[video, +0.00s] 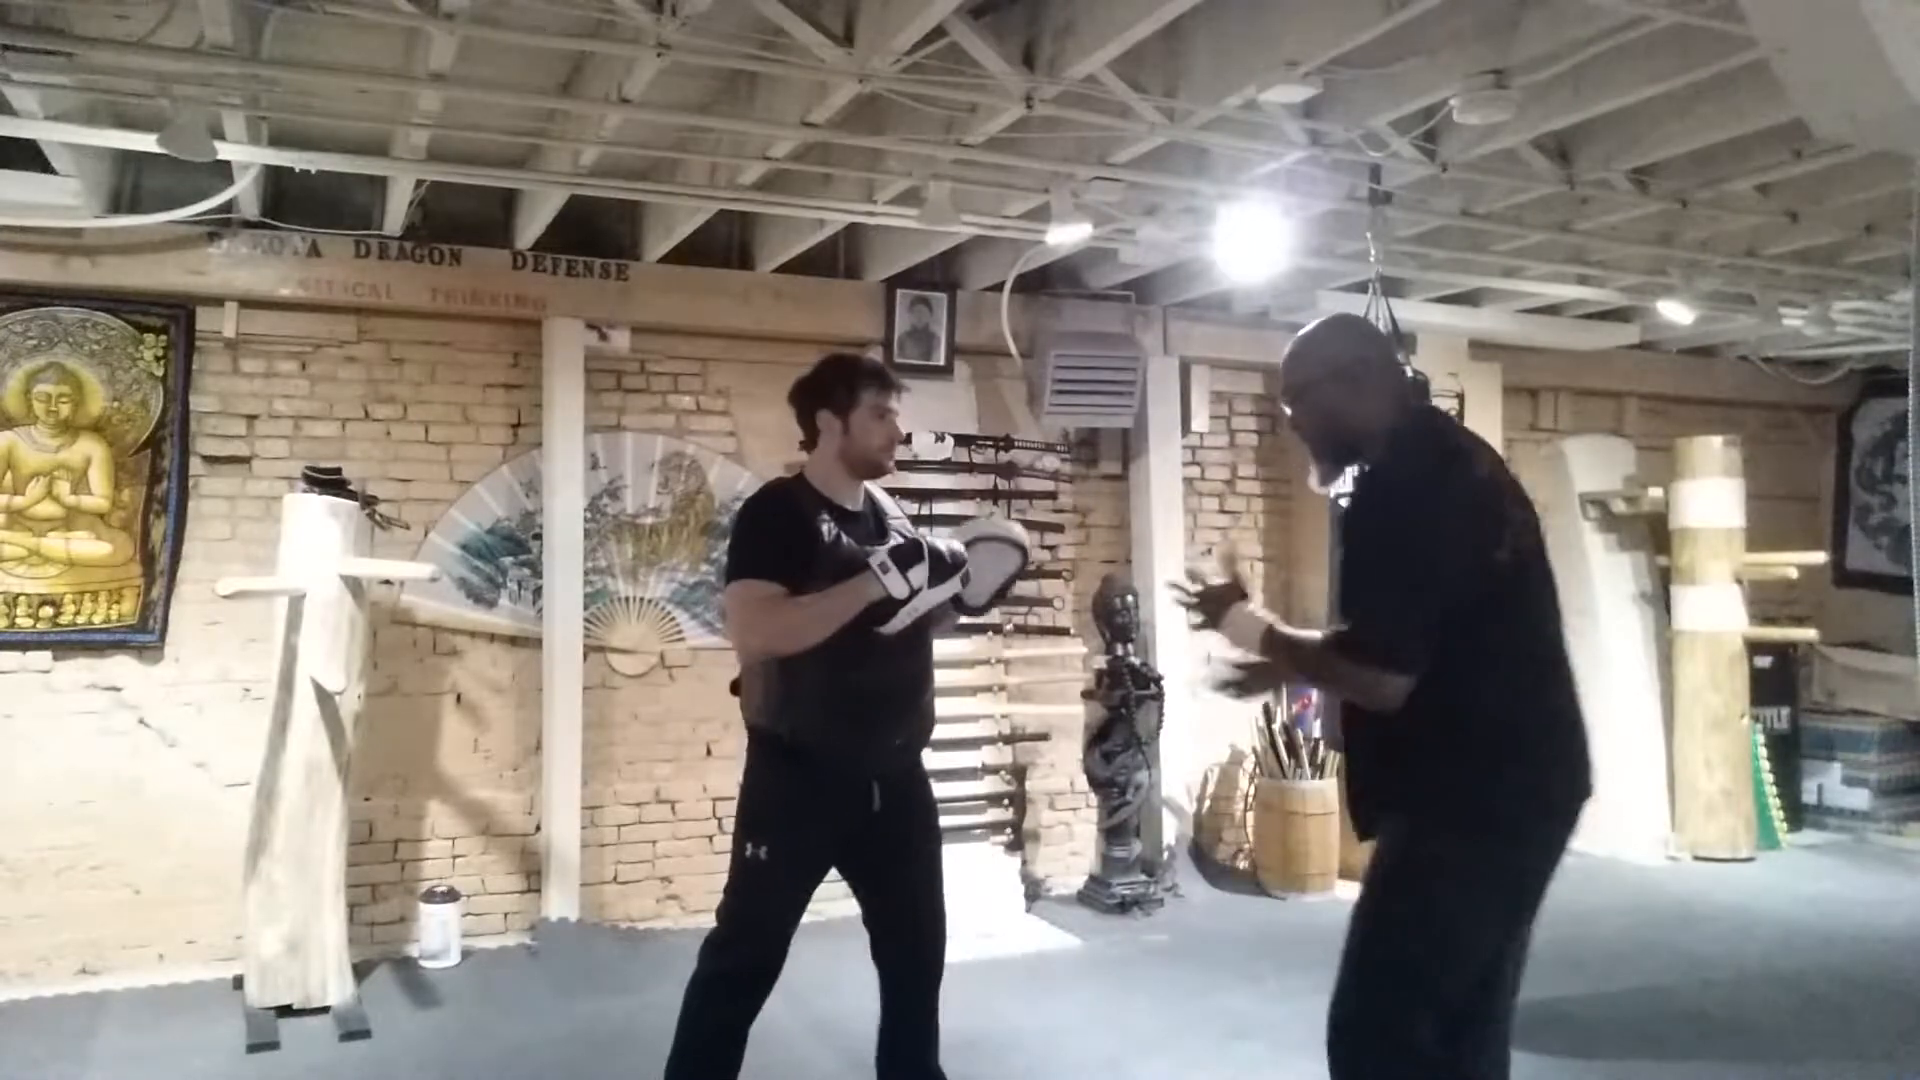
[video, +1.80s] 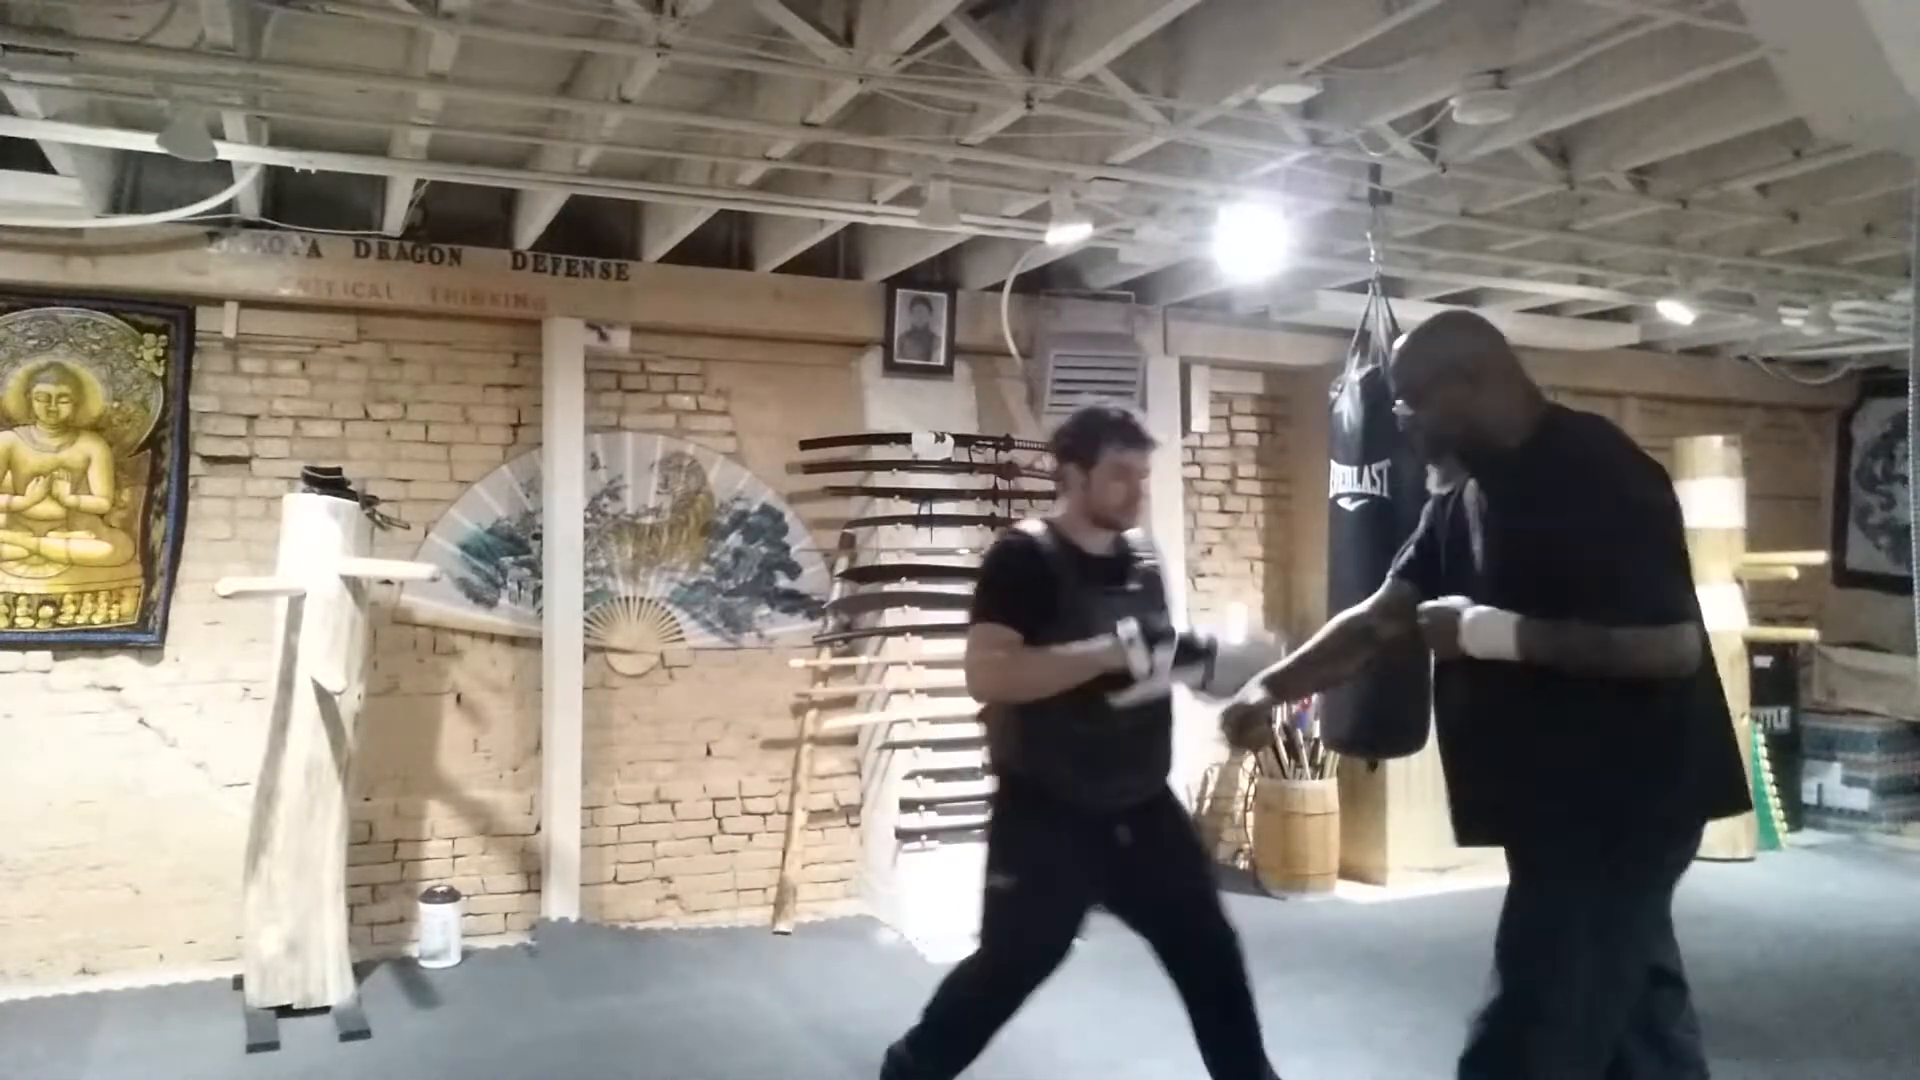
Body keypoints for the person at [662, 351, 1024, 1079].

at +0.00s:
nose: (900, 429)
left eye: (898, 414)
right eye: (883, 414)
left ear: (849, 426)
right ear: (829, 422)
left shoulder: (887, 516)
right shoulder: (772, 511)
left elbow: (919, 609)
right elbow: (752, 630)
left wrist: (973, 574)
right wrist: (876, 583)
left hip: (893, 778)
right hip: (794, 779)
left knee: (915, 968)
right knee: (740, 968)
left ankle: (913, 1078)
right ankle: (691, 1078)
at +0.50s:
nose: (920, 452)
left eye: (921, 438)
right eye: (905, 436)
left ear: (883, 446)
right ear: (855, 440)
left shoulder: (913, 539)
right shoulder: (789, 524)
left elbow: (943, 632)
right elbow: (758, 636)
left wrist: (981, 626)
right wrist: (880, 593)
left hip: (917, 788)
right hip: (810, 793)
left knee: (984, 947)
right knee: (748, 970)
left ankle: (1021, 1069)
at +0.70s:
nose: (1013, 482)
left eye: (1013, 468)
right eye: (996, 466)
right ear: (944, 470)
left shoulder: (1001, 567)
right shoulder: (882, 556)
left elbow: (1015, 659)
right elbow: (839, 674)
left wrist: (1054, 627)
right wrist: (963, 656)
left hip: (999, 813)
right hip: (894, 815)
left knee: (1077, 945)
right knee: (801, 976)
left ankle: (1089, 1076)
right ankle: (728, 1078)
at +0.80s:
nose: (1055, 481)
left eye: (1057, 467)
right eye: (1038, 465)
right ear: (984, 470)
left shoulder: (1053, 564)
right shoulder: (923, 553)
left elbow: (1077, 674)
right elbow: (885, 677)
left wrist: (1096, 670)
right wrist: (1001, 679)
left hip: (1041, 809)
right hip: (931, 808)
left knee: (1109, 946)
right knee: (855, 970)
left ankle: (1099, 1079)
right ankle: (793, 1076)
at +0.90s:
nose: (1071, 463)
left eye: (1074, 450)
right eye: (1054, 449)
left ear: (1073, 454)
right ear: (1000, 455)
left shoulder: (1078, 542)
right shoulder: (945, 533)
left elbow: (1114, 635)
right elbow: (903, 655)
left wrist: (1147, 624)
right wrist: (1034, 656)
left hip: (1060, 793)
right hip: (952, 791)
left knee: (1115, 938)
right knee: (895, 955)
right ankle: (853, 1073)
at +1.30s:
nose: (1132, 463)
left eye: (1136, 449)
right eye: (1113, 450)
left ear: (1142, 454)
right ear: (1064, 458)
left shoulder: (1159, 545)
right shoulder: (1017, 541)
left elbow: (1176, 649)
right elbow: (964, 647)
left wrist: (1217, 671)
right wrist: (1074, 644)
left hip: (1159, 797)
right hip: (1048, 799)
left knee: (1227, 969)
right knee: (991, 965)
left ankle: (1256, 1077)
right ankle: (957, 1074)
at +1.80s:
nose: (1138, 490)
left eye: (1142, 476)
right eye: (1122, 475)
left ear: (1143, 476)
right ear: (1072, 474)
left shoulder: (1141, 561)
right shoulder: (1020, 559)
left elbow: (1147, 654)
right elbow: (986, 672)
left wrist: (1197, 659)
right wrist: (1111, 655)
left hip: (1142, 810)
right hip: (1045, 816)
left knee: (1212, 961)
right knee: (1012, 966)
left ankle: (1250, 1077)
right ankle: (910, 1069)